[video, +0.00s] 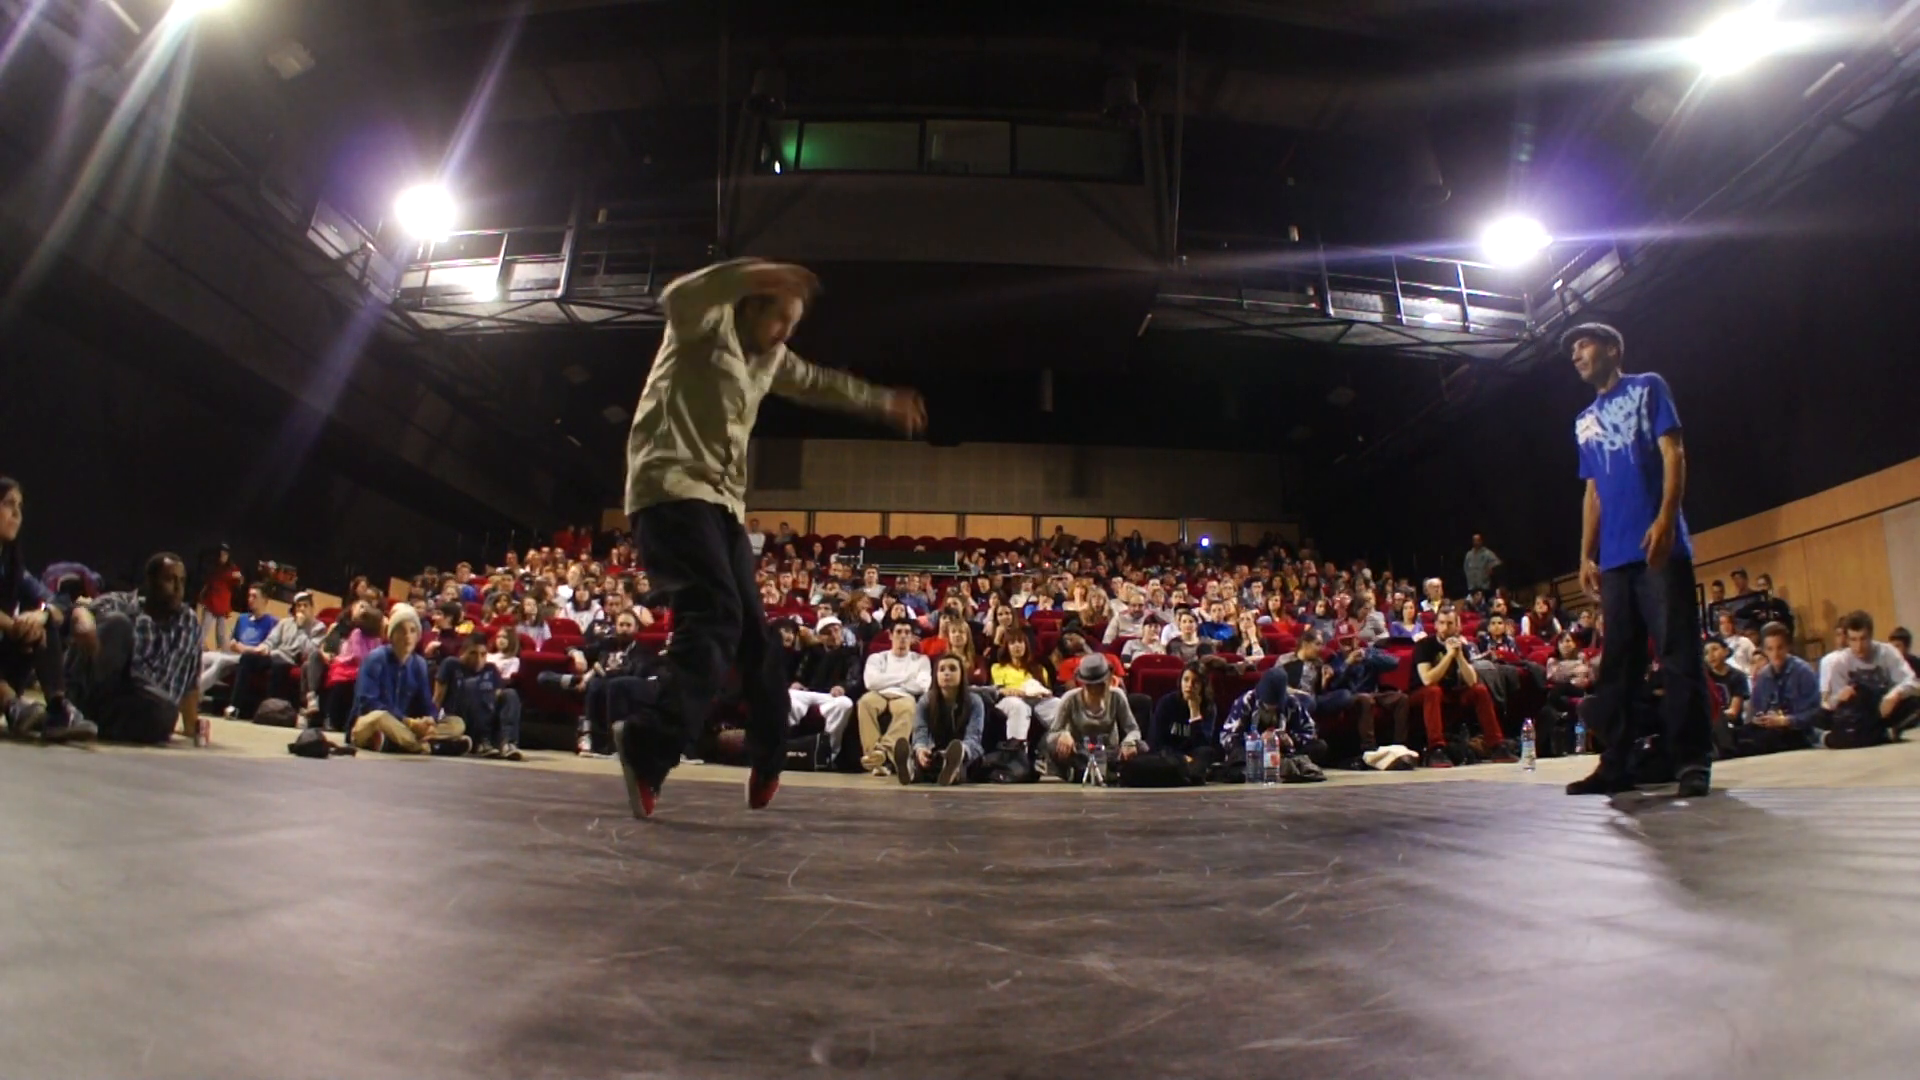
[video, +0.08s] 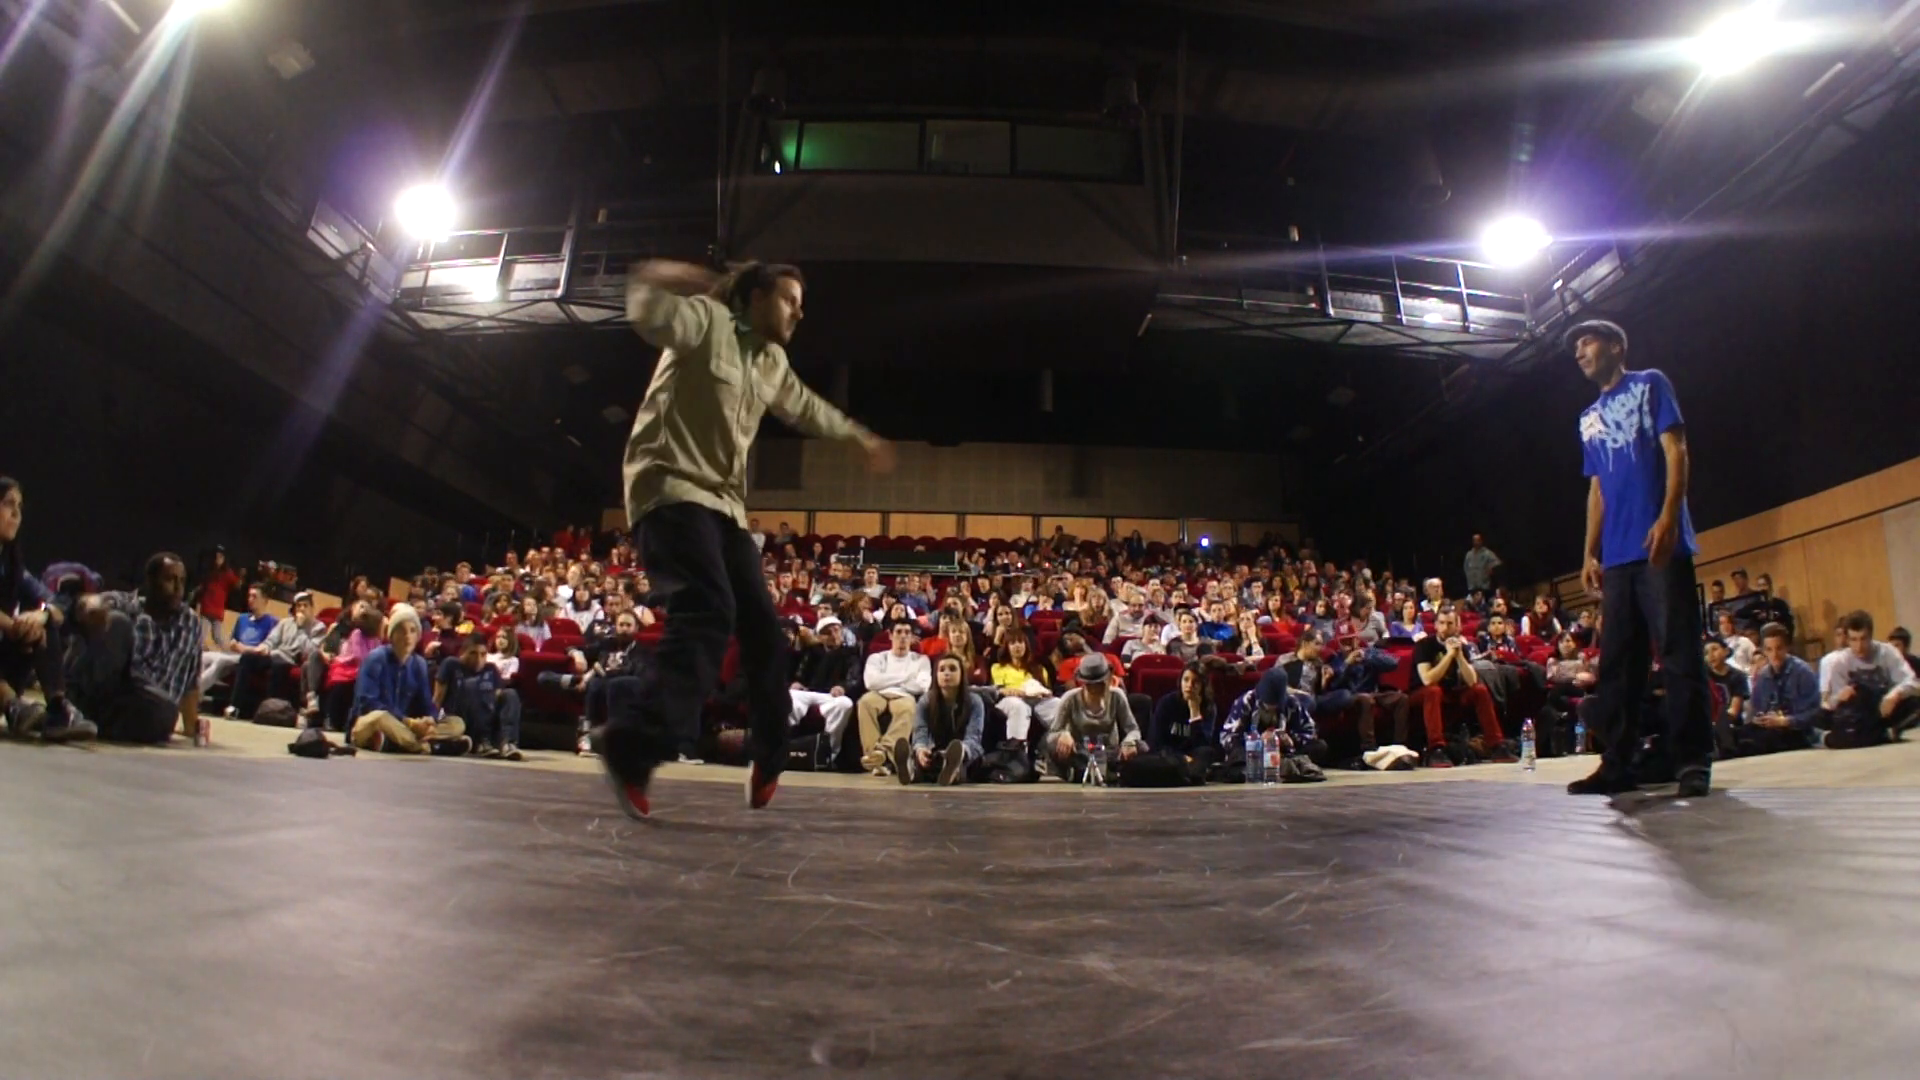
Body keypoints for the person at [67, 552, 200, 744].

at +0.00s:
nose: (178, 589)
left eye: (181, 582)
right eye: (170, 580)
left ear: (185, 585)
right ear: (152, 581)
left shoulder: (190, 623)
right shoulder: (127, 603)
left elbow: (190, 685)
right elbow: (82, 608)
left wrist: (191, 732)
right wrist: (84, 622)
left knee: (161, 719)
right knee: (118, 625)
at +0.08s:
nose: (178, 589)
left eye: (182, 582)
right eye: (171, 580)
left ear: (185, 585)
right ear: (152, 581)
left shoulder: (191, 622)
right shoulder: (131, 603)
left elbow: (191, 684)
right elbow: (92, 599)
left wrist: (191, 731)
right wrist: (94, 609)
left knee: (159, 721)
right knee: (117, 623)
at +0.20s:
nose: (176, 586)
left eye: (181, 580)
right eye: (170, 578)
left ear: (185, 584)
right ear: (152, 580)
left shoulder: (191, 621)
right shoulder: (131, 610)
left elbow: (190, 678)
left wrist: (191, 727)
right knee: (116, 622)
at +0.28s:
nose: (176, 585)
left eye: (181, 579)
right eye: (169, 577)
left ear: (185, 585)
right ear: (152, 579)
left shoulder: (191, 621)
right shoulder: (132, 609)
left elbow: (190, 678)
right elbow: (133, 666)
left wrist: (191, 727)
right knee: (116, 626)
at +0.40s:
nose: (176, 585)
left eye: (180, 580)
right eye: (168, 577)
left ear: (185, 585)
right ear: (152, 579)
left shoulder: (190, 621)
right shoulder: (131, 606)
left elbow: (190, 683)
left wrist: (191, 730)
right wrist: (121, 565)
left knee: (161, 718)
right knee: (117, 622)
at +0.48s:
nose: (177, 586)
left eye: (182, 580)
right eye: (170, 578)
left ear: (186, 586)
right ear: (152, 581)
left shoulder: (190, 621)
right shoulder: (131, 606)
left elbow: (190, 682)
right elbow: (108, 587)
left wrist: (191, 729)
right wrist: (125, 562)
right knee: (115, 622)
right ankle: (68, 703)